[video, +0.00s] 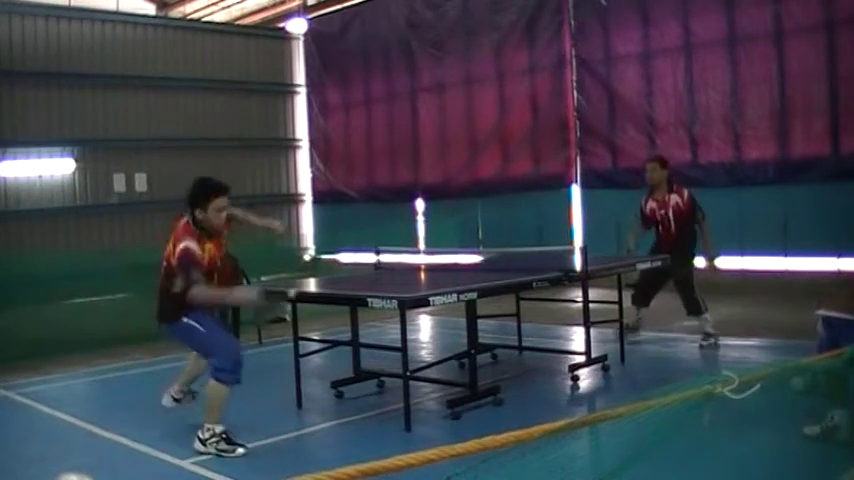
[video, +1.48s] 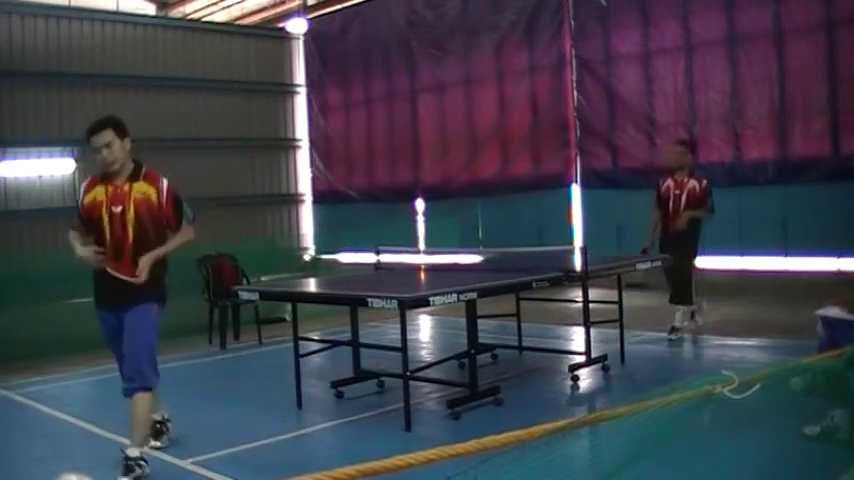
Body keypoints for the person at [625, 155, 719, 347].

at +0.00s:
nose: (649, 176)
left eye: (654, 171)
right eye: (647, 172)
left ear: (665, 172)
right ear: (646, 175)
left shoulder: (683, 195)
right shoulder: (648, 201)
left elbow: (701, 222)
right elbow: (644, 226)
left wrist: (708, 253)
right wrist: (633, 247)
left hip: (682, 251)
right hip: (660, 252)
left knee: (687, 291)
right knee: (643, 286)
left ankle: (708, 331)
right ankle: (637, 321)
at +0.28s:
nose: (628, 182)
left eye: (632, 178)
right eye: (626, 179)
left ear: (644, 180)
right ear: (626, 182)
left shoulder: (660, 201)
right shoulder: (631, 206)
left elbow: (680, 227)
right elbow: (626, 233)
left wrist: (683, 255)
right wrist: (608, 247)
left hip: (666, 256)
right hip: (645, 257)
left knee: (679, 296)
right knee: (625, 287)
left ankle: (707, 330)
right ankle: (625, 324)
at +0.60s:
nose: (624, 164)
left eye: (628, 160)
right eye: (623, 161)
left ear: (639, 163)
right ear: (621, 164)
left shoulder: (654, 187)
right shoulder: (619, 191)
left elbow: (667, 215)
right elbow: (616, 220)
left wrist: (668, 240)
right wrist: (612, 243)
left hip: (655, 246)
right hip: (633, 247)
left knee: (668, 288)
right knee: (627, 287)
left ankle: (686, 323)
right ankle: (626, 323)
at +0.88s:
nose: (643, 161)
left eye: (647, 157)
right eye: (640, 157)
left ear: (656, 159)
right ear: (637, 159)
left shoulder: (668, 185)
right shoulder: (632, 186)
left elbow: (676, 214)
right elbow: (629, 216)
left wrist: (660, 229)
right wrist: (626, 244)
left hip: (659, 245)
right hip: (636, 243)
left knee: (663, 285)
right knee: (630, 283)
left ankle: (674, 322)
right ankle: (626, 322)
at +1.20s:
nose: (663, 157)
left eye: (668, 153)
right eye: (662, 153)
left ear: (677, 157)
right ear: (660, 156)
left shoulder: (687, 183)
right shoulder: (655, 183)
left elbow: (691, 211)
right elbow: (649, 211)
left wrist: (670, 218)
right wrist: (643, 235)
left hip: (676, 238)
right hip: (654, 236)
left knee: (674, 277)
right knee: (648, 274)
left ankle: (676, 322)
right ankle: (648, 315)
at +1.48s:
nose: (676, 159)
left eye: (681, 155)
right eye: (674, 155)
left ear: (689, 158)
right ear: (670, 158)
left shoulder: (700, 184)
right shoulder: (665, 184)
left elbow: (706, 211)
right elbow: (657, 213)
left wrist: (688, 214)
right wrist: (649, 240)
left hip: (688, 235)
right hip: (667, 234)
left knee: (682, 271)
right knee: (670, 270)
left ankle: (678, 317)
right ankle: (691, 306)